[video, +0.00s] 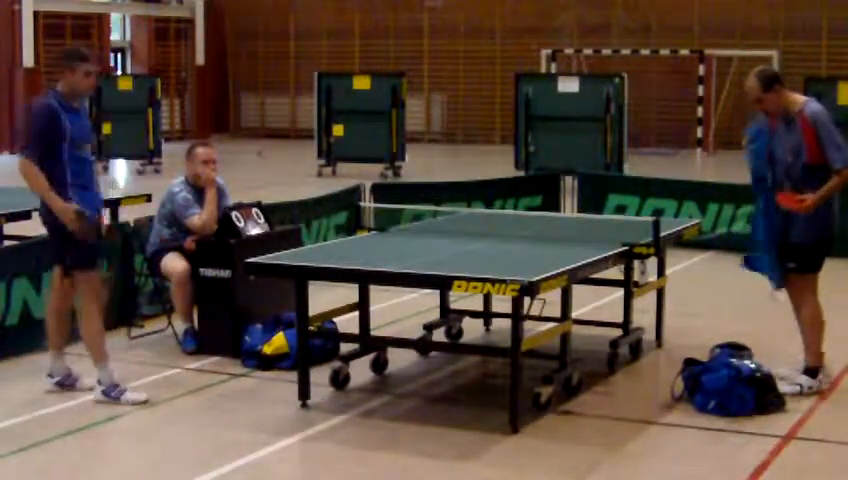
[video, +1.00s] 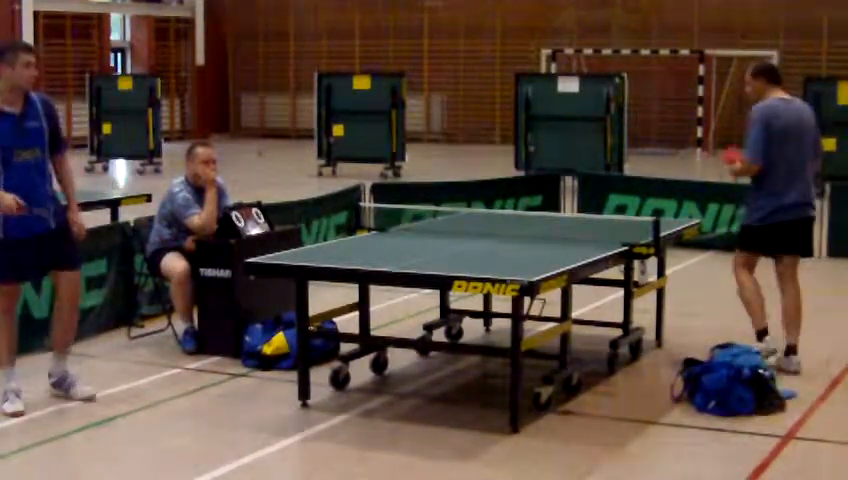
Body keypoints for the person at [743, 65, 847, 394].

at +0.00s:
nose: (759, 109)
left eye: (760, 101)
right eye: (755, 103)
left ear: (776, 91)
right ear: (763, 97)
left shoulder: (812, 115)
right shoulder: (771, 121)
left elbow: (842, 168)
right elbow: (768, 174)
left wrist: (816, 198)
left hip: (808, 215)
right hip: (779, 214)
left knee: (804, 289)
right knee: (794, 288)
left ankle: (813, 370)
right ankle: (812, 361)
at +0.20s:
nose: (756, 108)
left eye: (757, 100)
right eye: (753, 102)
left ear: (773, 90)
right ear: (764, 94)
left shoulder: (810, 114)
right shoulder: (772, 118)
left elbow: (839, 167)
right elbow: (769, 160)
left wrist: (811, 188)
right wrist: (751, 167)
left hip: (807, 213)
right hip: (781, 212)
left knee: (804, 288)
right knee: (798, 288)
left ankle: (812, 370)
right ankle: (818, 360)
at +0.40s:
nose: (747, 102)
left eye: (749, 94)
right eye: (745, 95)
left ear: (767, 88)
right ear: (766, 88)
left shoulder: (802, 113)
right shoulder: (776, 118)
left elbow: (820, 167)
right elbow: (777, 168)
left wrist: (778, 190)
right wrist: (756, 184)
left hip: (804, 212)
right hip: (786, 210)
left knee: (800, 286)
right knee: (794, 285)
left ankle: (810, 371)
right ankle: (803, 357)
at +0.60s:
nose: (747, 97)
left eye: (749, 90)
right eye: (746, 91)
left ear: (766, 86)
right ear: (767, 85)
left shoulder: (788, 117)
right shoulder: (796, 113)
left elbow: (788, 170)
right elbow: (791, 169)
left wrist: (753, 186)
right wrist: (757, 184)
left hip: (792, 220)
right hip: (793, 217)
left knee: (792, 286)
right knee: (787, 285)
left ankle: (809, 368)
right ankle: (792, 355)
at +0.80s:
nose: (746, 92)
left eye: (749, 85)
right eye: (746, 85)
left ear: (765, 83)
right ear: (771, 81)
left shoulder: (776, 114)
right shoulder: (806, 110)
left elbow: (767, 167)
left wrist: (743, 178)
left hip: (781, 212)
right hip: (806, 210)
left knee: (762, 274)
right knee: (788, 277)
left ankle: (794, 341)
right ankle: (793, 348)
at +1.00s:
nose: (747, 90)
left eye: (749, 83)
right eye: (747, 84)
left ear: (760, 81)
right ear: (776, 80)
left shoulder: (762, 112)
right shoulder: (806, 110)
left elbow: (753, 164)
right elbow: (814, 159)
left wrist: (736, 167)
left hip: (766, 210)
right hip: (800, 209)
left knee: (742, 267)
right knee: (788, 275)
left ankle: (763, 340)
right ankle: (790, 353)